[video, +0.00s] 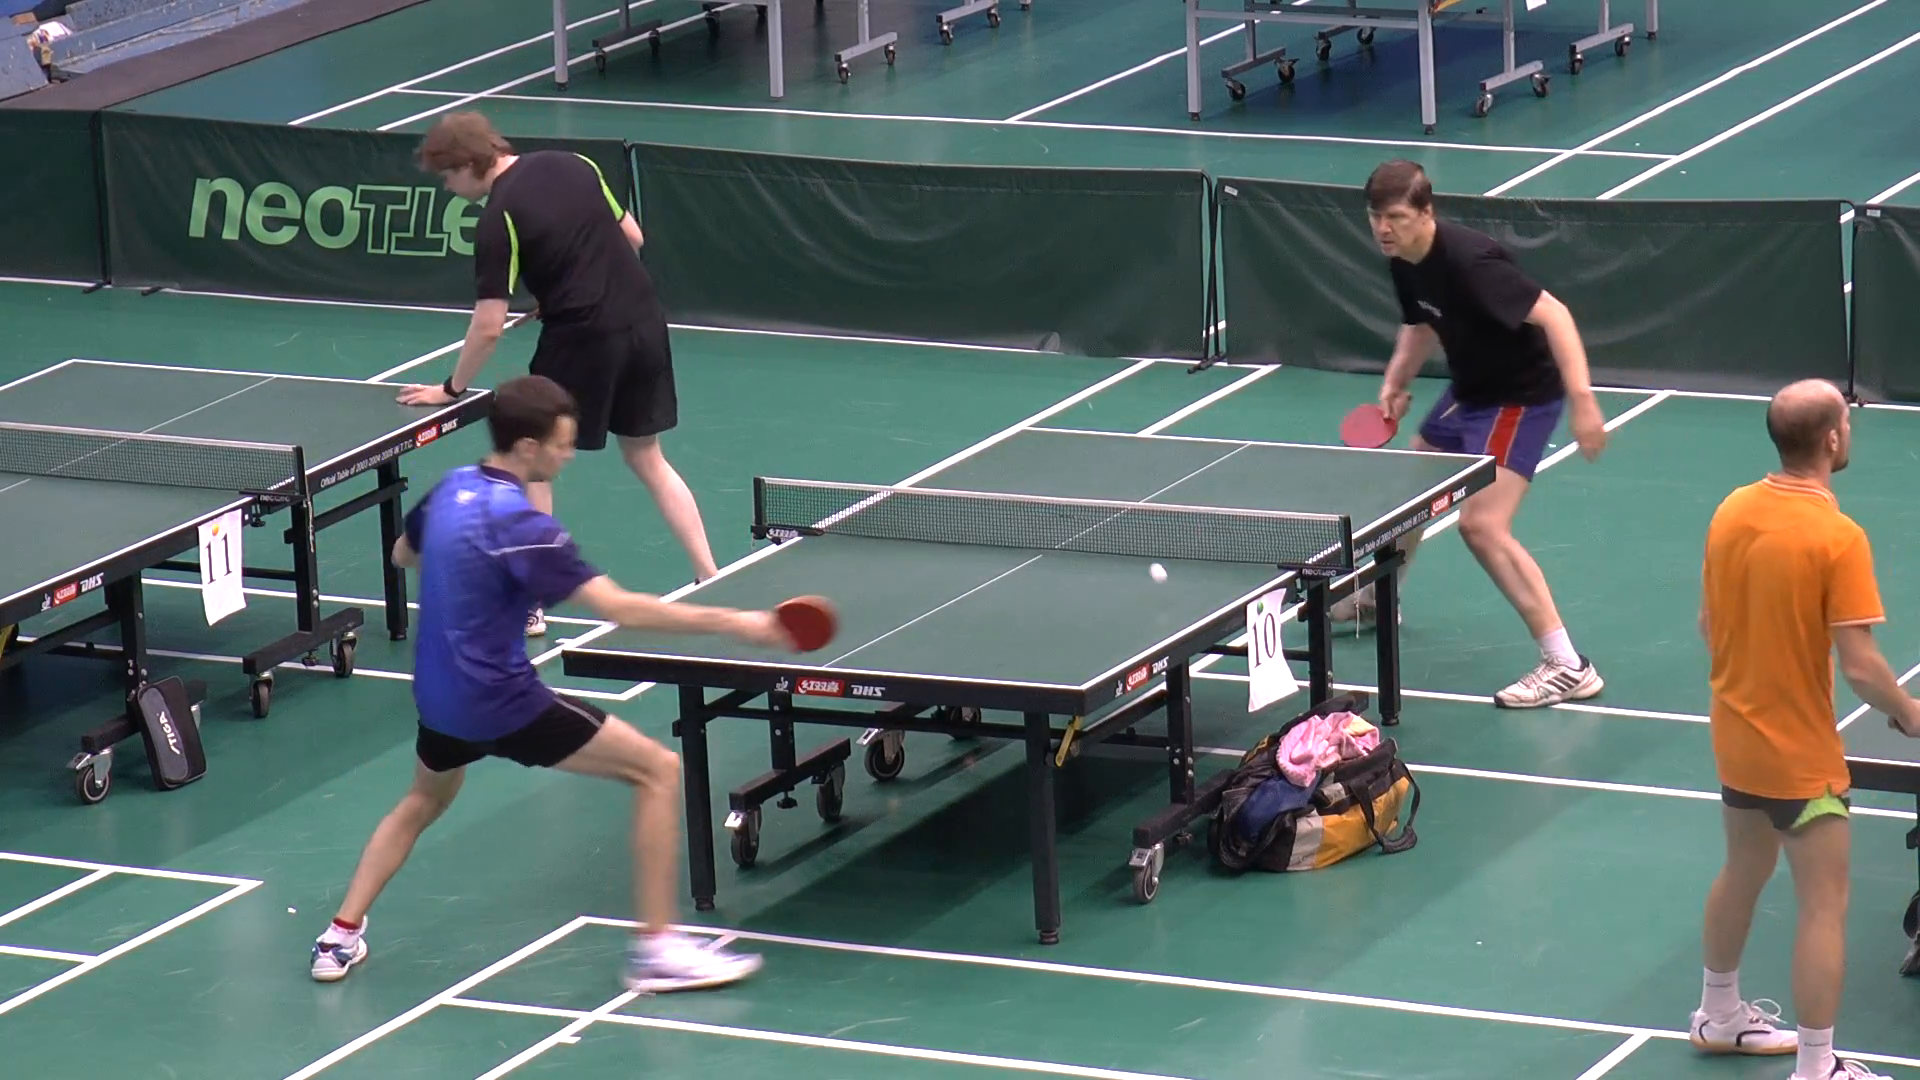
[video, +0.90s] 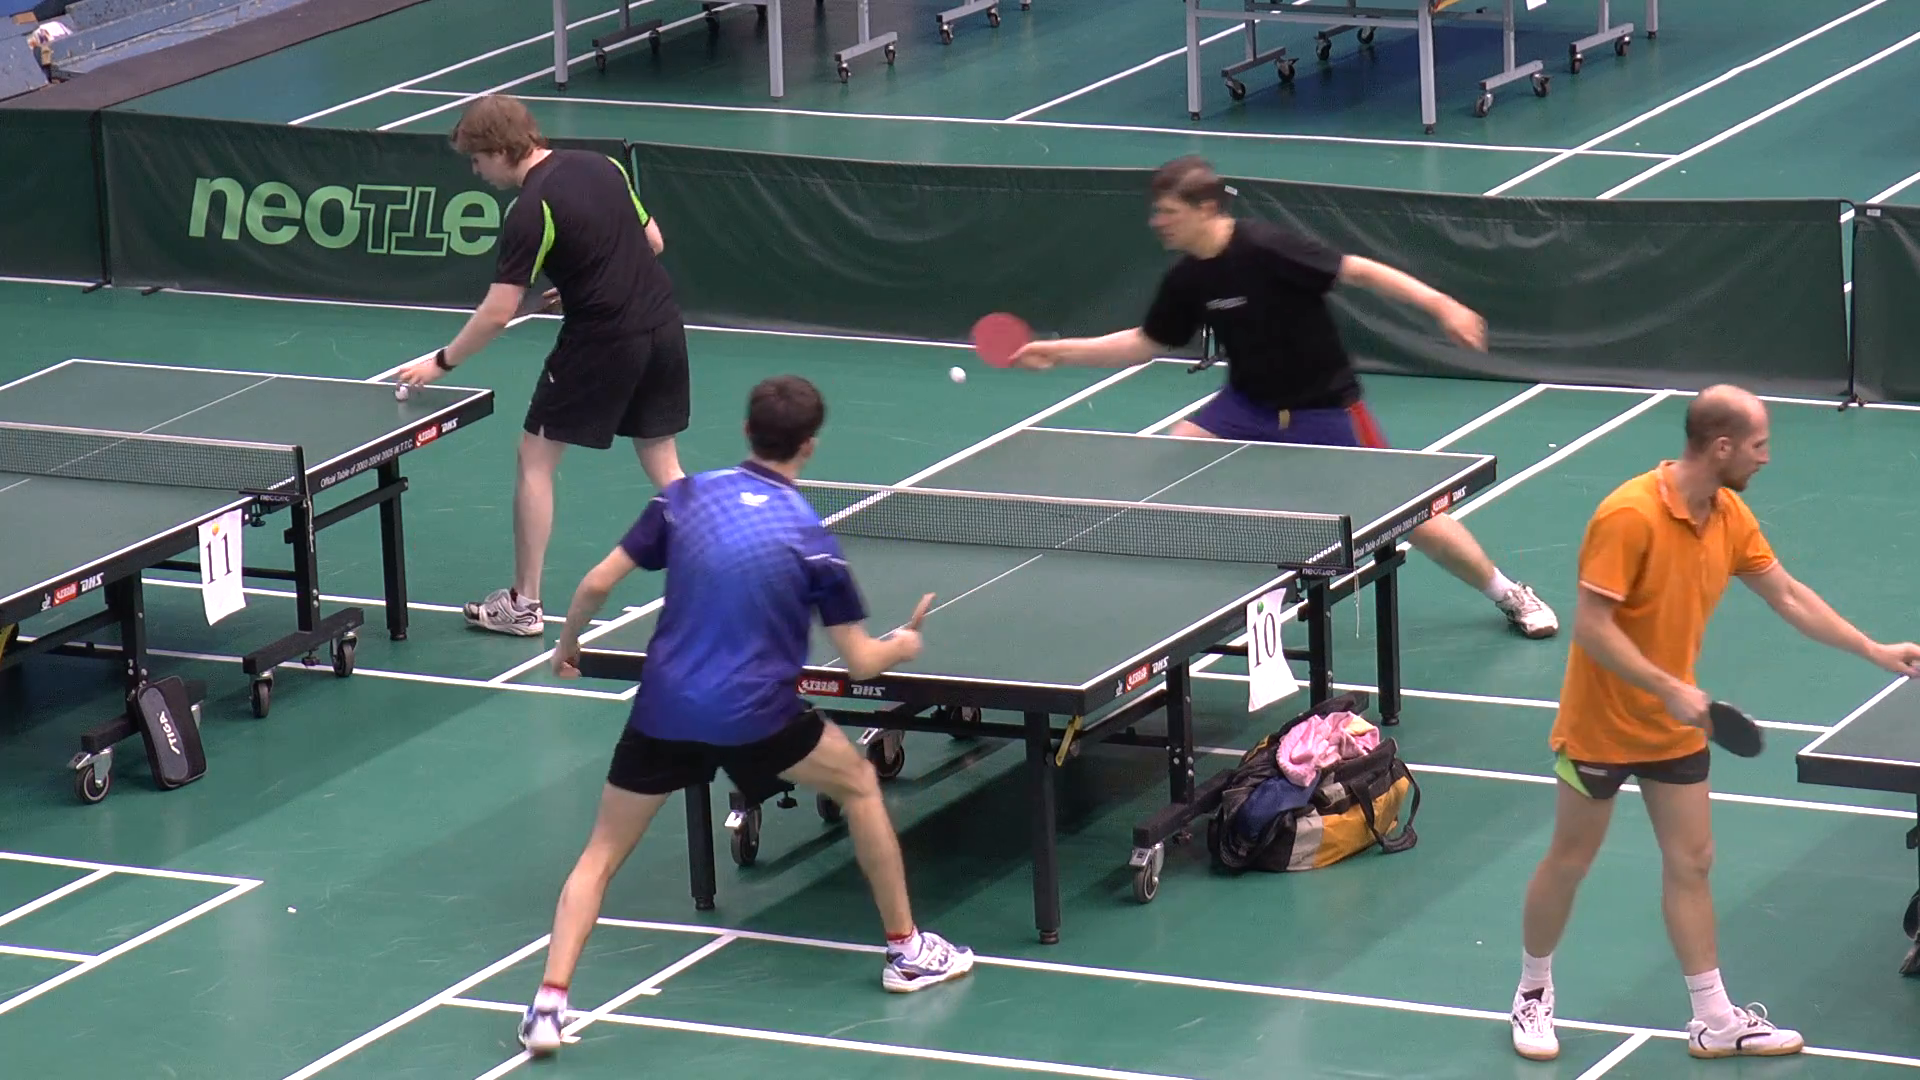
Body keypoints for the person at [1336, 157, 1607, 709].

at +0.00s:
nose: (1382, 229)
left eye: (1394, 218)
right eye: (1377, 218)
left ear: (1426, 213)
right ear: (1372, 216)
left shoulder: (1471, 262)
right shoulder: (1403, 259)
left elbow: (1554, 314)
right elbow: (1418, 326)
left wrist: (1582, 403)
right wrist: (1395, 384)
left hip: (1523, 396)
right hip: (1469, 392)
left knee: (1484, 525)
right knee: (1405, 491)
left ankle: (1568, 665)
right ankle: (1372, 595)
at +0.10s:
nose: (1369, 220)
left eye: (1381, 209)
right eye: (1363, 209)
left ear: (1411, 205)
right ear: (1357, 208)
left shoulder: (1454, 250)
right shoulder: (1367, 260)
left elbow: (1533, 309)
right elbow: (1367, 321)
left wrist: (1542, 396)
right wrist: (1355, 380)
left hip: (1495, 389)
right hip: (1428, 385)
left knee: (1496, 508)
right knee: (1363, 475)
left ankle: (1558, 657)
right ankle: (1364, 598)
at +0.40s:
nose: (1353, 184)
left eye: (1366, 173)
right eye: (1347, 172)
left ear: (1393, 173)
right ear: (1338, 171)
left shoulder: (1436, 219)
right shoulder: (1335, 221)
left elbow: (1498, 285)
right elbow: (1300, 282)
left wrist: (1498, 367)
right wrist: (1301, 333)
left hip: (1459, 371)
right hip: (1380, 365)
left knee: (1496, 495)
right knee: (1320, 467)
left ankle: (1521, 590)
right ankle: (1355, 591)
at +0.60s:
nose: (1337, 185)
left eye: (1349, 176)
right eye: (1332, 174)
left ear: (1380, 174)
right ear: (1325, 174)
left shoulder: (1426, 220)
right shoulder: (1323, 230)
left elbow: (1492, 286)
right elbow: (1279, 282)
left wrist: (1505, 360)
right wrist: (1258, 322)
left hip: (1445, 371)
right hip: (1361, 367)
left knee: (1496, 492)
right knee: (1289, 465)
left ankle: (1520, 590)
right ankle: (1298, 576)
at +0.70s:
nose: (1296, 192)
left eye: (1308, 182)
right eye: (1292, 181)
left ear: (1344, 182)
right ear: (1289, 184)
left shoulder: (1394, 229)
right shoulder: (1297, 244)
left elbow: (1468, 281)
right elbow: (1257, 299)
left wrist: (1506, 347)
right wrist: (1185, 323)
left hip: (1419, 382)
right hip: (1336, 379)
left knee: (1481, 500)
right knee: (1256, 467)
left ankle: (1519, 592)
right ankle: (1273, 585)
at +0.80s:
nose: (1232, 205)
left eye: (1242, 194)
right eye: (1229, 195)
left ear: (1280, 193)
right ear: (1236, 199)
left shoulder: (1339, 237)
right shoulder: (1251, 259)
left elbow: (1424, 273)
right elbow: (1201, 319)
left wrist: (1495, 325)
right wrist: (1115, 334)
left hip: (1380, 396)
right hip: (1297, 394)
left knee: (1449, 504)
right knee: (1207, 470)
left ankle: (1516, 594)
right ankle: (1236, 603)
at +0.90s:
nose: (1158, 225)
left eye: (1167, 214)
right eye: (1157, 215)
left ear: (1208, 208)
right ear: (1178, 216)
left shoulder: (1269, 247)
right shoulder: (1187, 275)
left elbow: (1360, 271)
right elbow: (1147, 344)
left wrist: (1443, 306)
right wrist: (1059, 351)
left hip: (1327, 406)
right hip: (1248, 403)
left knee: (1415, 518)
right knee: (1150, 458)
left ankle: (1505, 593)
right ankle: (1172, 607)